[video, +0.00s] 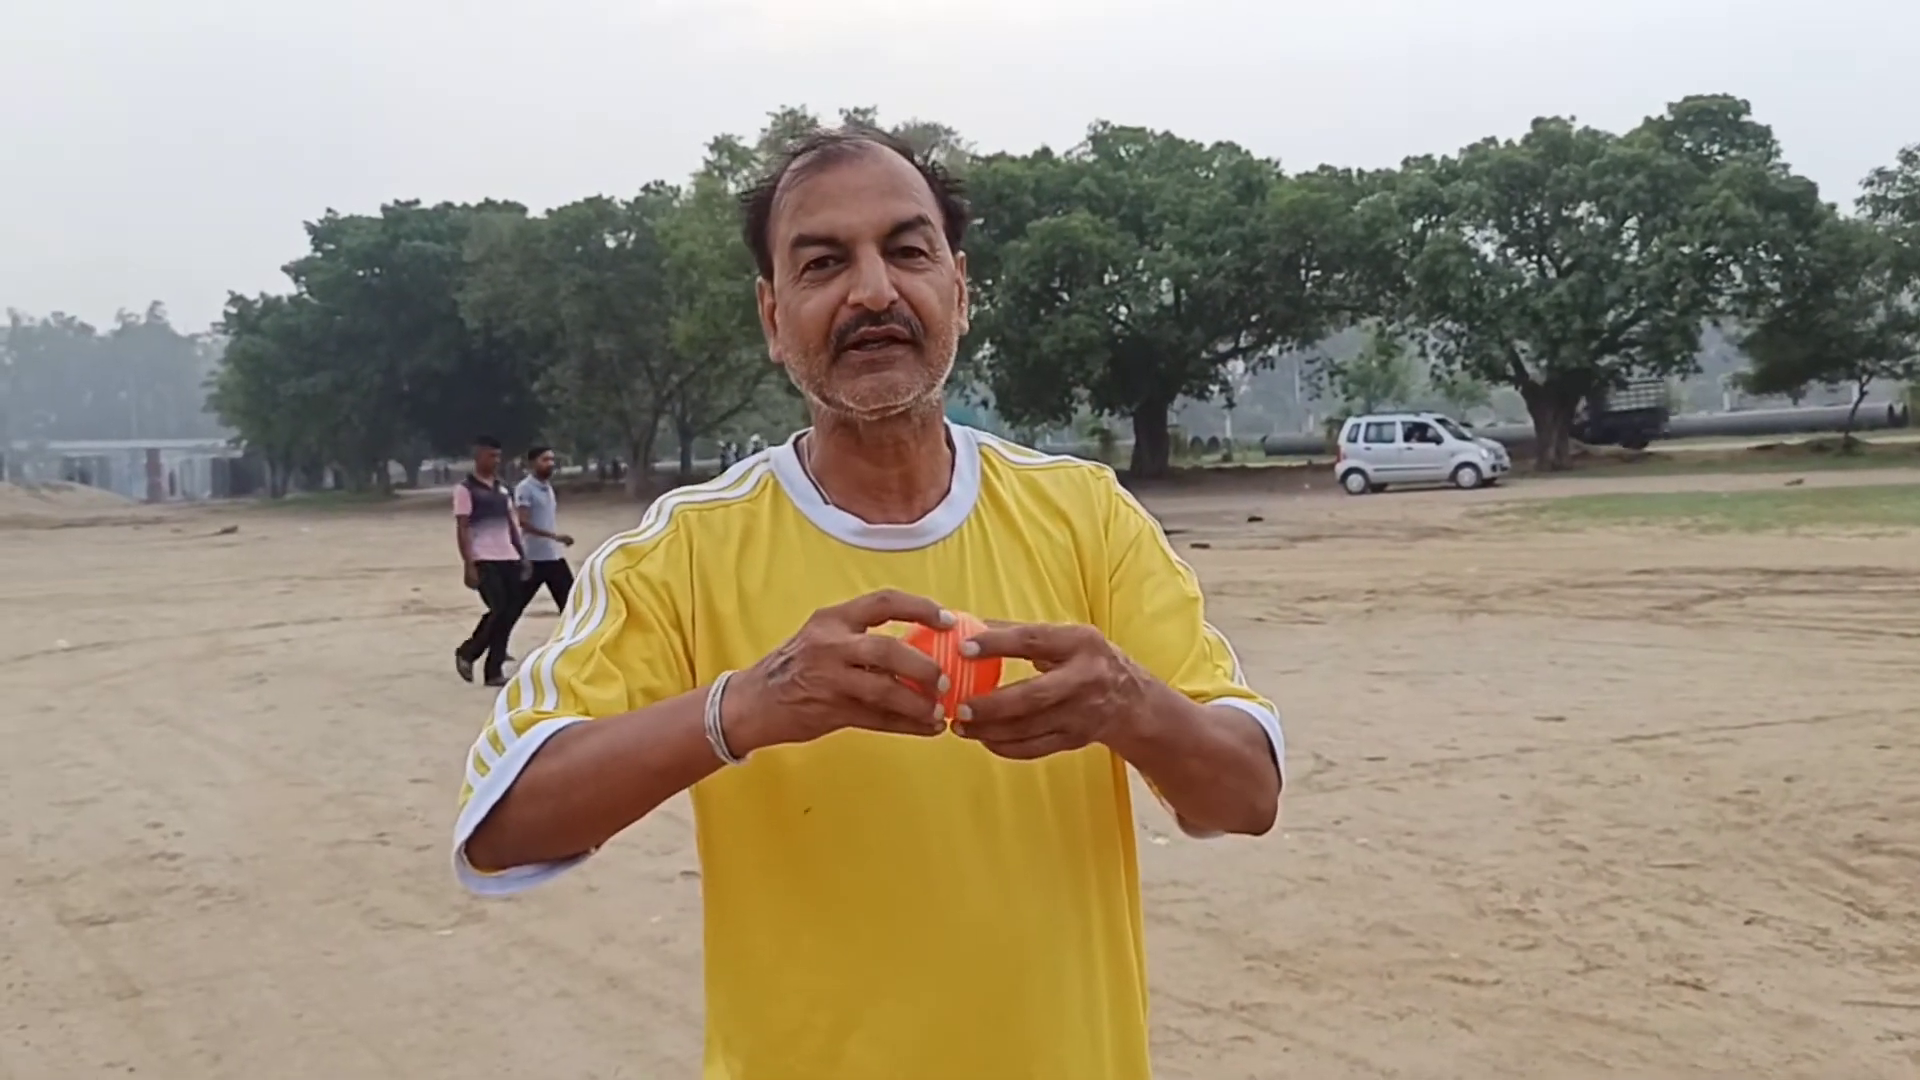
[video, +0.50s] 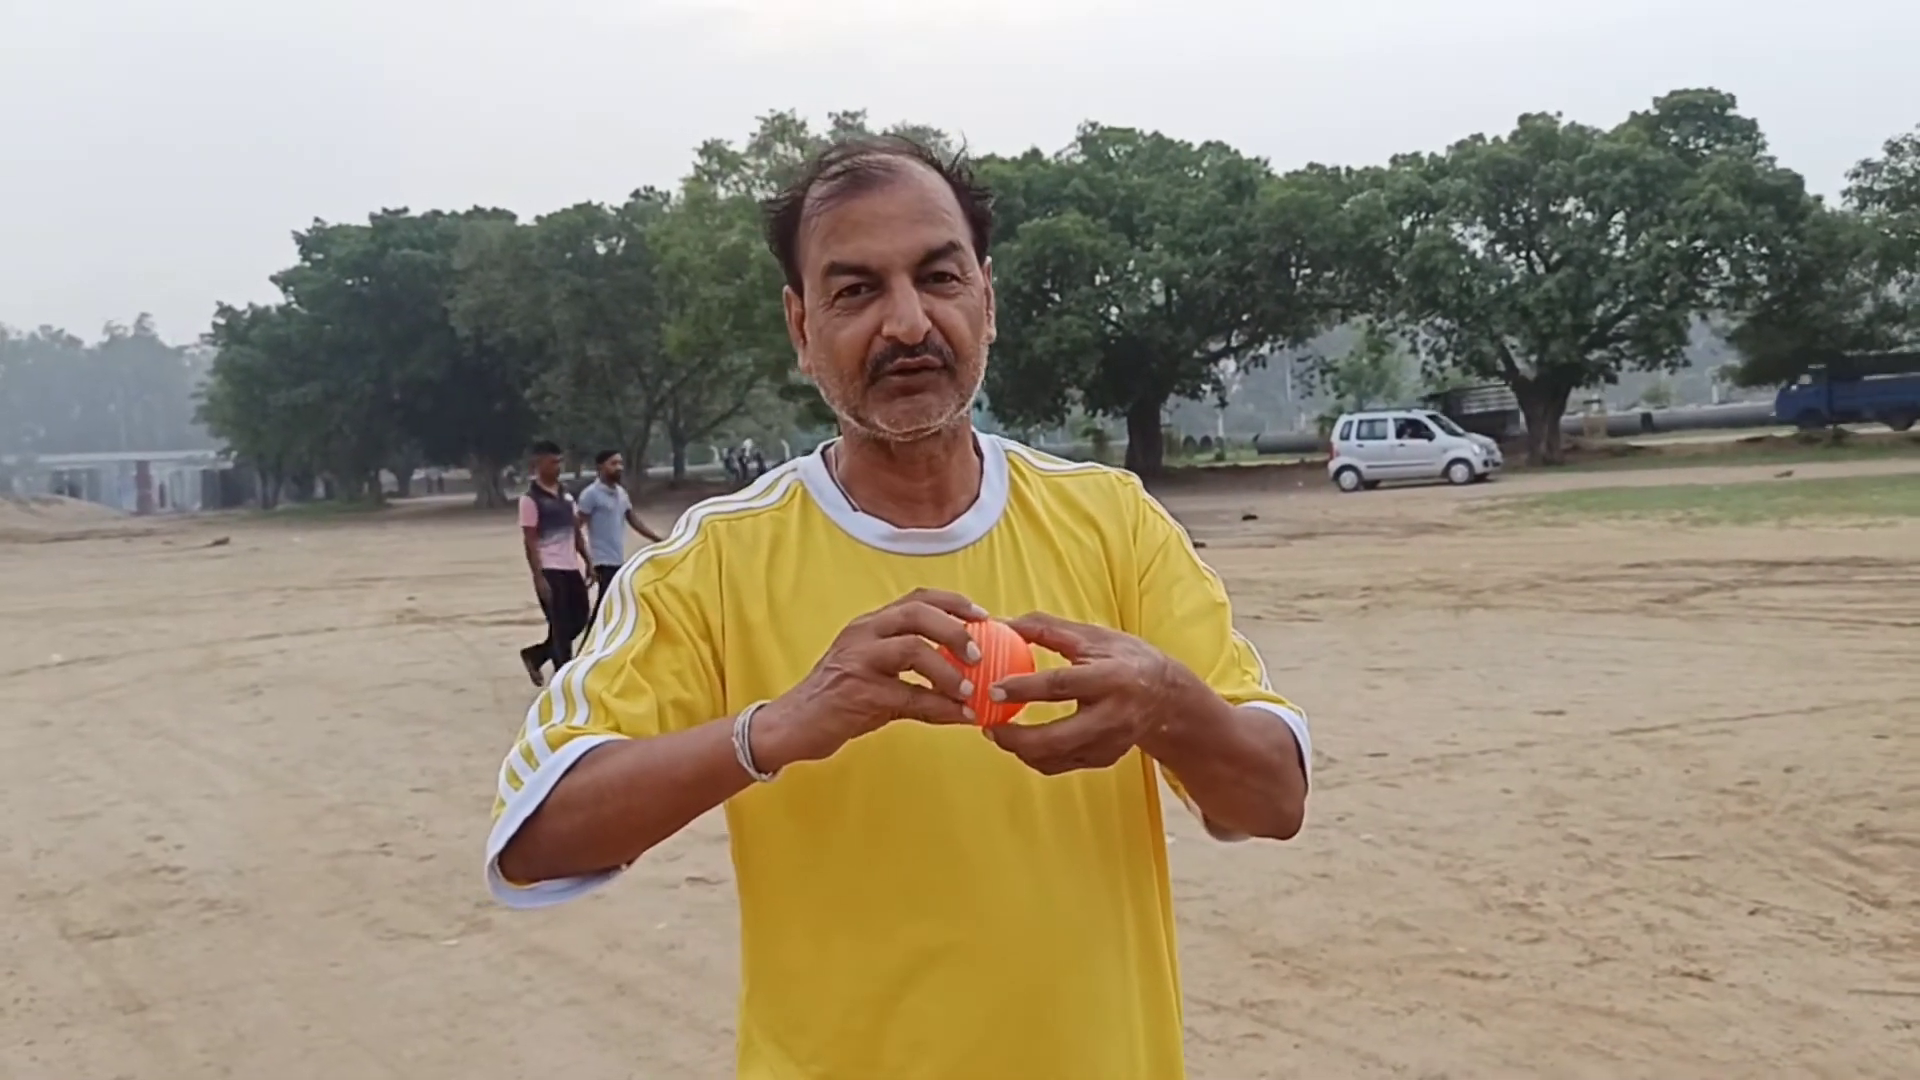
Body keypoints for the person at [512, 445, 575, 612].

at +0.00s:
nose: (551, 464)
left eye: (552, 459)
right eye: (546, 460)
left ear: (554, 462)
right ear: (533, 463)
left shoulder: (548, 488)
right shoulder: (524, 489)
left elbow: (544, 521)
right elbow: (523, 522)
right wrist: (556, 537)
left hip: (554, 558)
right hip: (534, 560)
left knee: (572, 608)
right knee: (512, 608)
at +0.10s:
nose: (568, 466)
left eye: (569, 461)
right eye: (563, 461)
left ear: (570, 464)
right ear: (551, 465)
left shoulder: (565, 491)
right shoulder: (542, 491)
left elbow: (564, 526)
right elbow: (539, 530)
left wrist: (574, 553)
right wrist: (559, 554)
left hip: (572, 560)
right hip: (553, 563)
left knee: (592, 604)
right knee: (544, 608)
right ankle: (515, 634)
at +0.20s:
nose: (583, 463)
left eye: (585, 459)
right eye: (578, 459)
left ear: (586, 463)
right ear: (566, 462)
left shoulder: (581, 488)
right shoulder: (556, 489)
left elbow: (585, 521)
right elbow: (553, 526)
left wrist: (597, 552)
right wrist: (564, 554)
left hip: (590, 557)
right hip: (570, 560)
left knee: (598, 605)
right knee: (576, 606)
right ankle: (541, 634)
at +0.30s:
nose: (598, 462)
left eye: (599, 458)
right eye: (593, 458)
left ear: (601, 461)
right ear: (580, 461)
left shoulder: (597, 486)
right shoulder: (569, 488)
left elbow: (605, 518)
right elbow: (558, 524)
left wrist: (622, 543)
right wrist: (567, 552)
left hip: (599, 555)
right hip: (581, 556)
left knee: (601, 602)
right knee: (595, 602)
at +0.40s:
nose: (610, 464)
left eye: (612, 460)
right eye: (605, 460)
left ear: (614, 463)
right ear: (593, 463)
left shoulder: (611, 489)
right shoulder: (581, 490)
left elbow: (622, 516)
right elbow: (568, 524)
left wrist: (645, 540)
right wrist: (567, 557)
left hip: (609, 556)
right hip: (592, 557)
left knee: (604, 605)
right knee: (600, 605)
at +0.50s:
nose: (619, 467)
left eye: (621, 463)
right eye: (614, 463)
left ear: (622, 466)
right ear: (601, 467)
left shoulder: (620, 492)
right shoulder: (590, 494)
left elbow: (633, 520)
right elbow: (577, 528)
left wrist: (656, 539)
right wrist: (587, 561)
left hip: (617, 559)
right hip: (601, 561)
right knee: (607, 608)